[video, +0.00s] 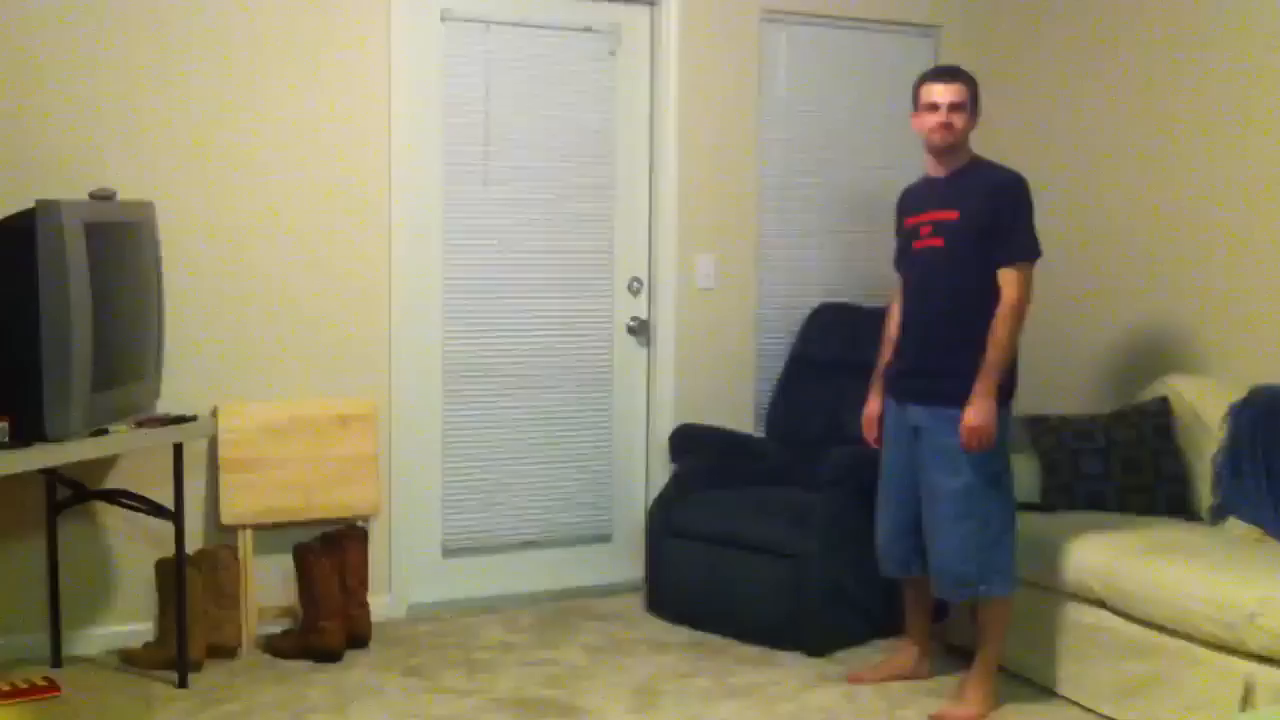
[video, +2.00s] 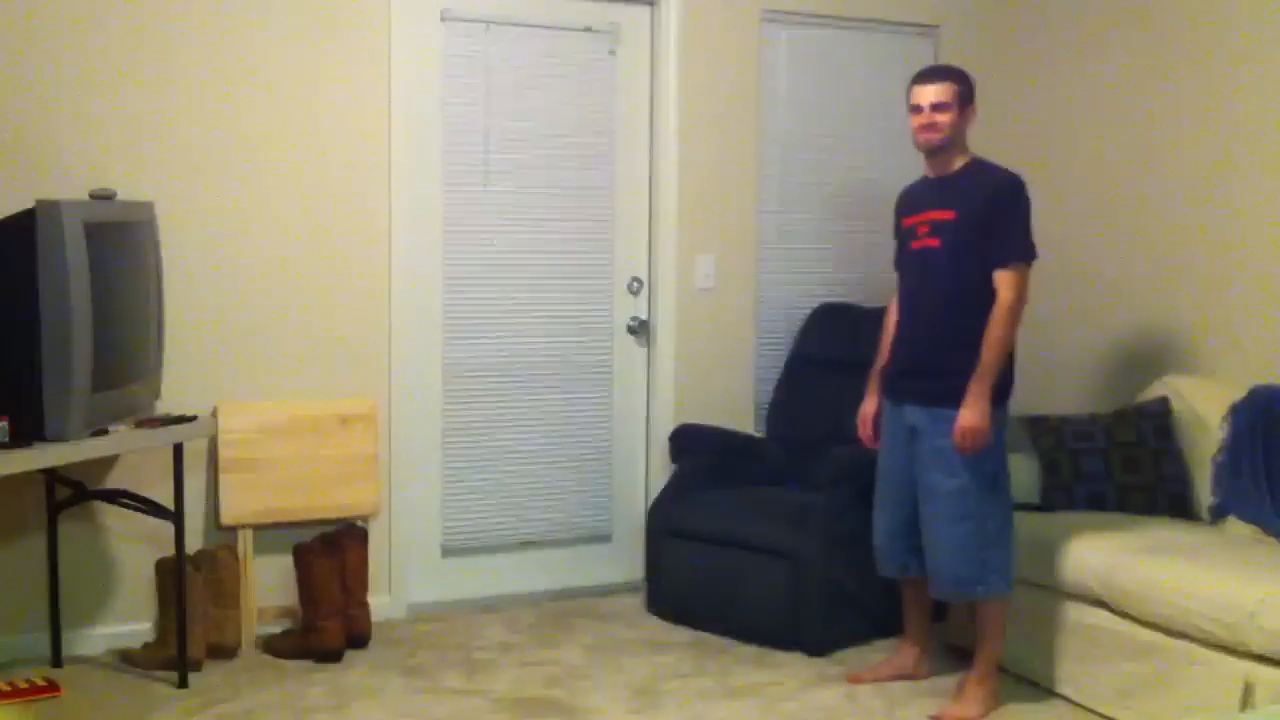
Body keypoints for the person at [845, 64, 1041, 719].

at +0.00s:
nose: (943, 118)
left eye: (956, 108)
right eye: (931, 108)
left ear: (974, 118)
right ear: (915, 119)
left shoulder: (1002, 188)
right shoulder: (911, 200)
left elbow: (1013, 299)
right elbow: (903, 300)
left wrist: (985, 395)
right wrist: (878, 388)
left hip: (966, 402)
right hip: (906, 398)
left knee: (983, 542)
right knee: (910, 529)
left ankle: (984, 676)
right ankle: (915, 650)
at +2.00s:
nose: (929, 118)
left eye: (941, 108)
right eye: (919, 110)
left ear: (967, 116)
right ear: (909, 121)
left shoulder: (1000, 189)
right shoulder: (909, 201)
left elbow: (1010, 298)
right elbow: (902, 299)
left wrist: (980, 397)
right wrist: (875, 388)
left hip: (963, 403)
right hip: (903, 399)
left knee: (978, 541)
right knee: (907, 529)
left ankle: (984, 676)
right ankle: (914, 650)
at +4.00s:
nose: (959, 124)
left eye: (972, 112)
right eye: (954, 114)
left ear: (1012, 112)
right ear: (955, 121)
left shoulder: (1051, 195)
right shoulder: (961, 200)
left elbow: (1057, 313)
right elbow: (951, 307)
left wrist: (1023, 412)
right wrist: (916, 391)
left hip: (1003, 417)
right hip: (940, 408)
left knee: (1001, 563)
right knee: (933, 544)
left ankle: (986, 688)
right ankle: (983, 650)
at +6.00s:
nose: (942, 124)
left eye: (955, 112)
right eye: (938, 114)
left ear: (995, 115)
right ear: (941, 121)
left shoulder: (1040, 193)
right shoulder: (944, 200)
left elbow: (1055, 308)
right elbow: (938, 301)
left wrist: (1028, 410)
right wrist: (907, 391)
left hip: (998, 416)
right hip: (932, 408)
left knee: (997, 561)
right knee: (922, 540)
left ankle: (984, 688)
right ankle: (972, 636)